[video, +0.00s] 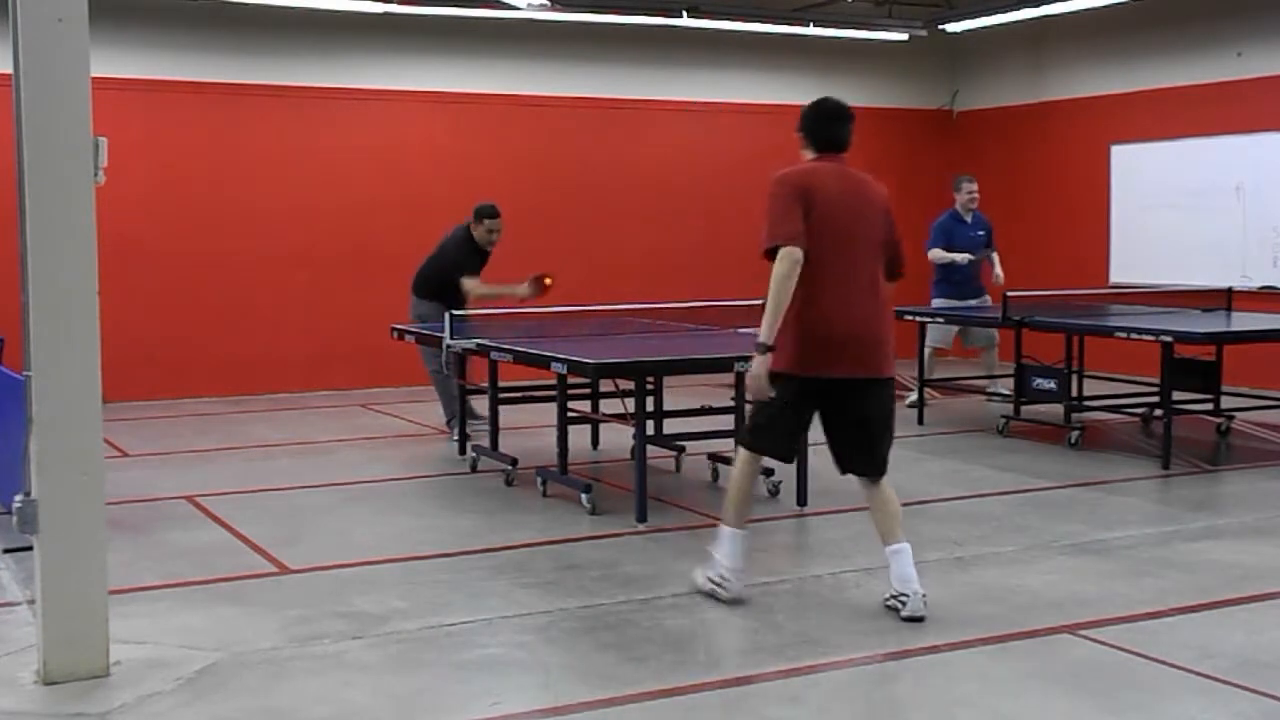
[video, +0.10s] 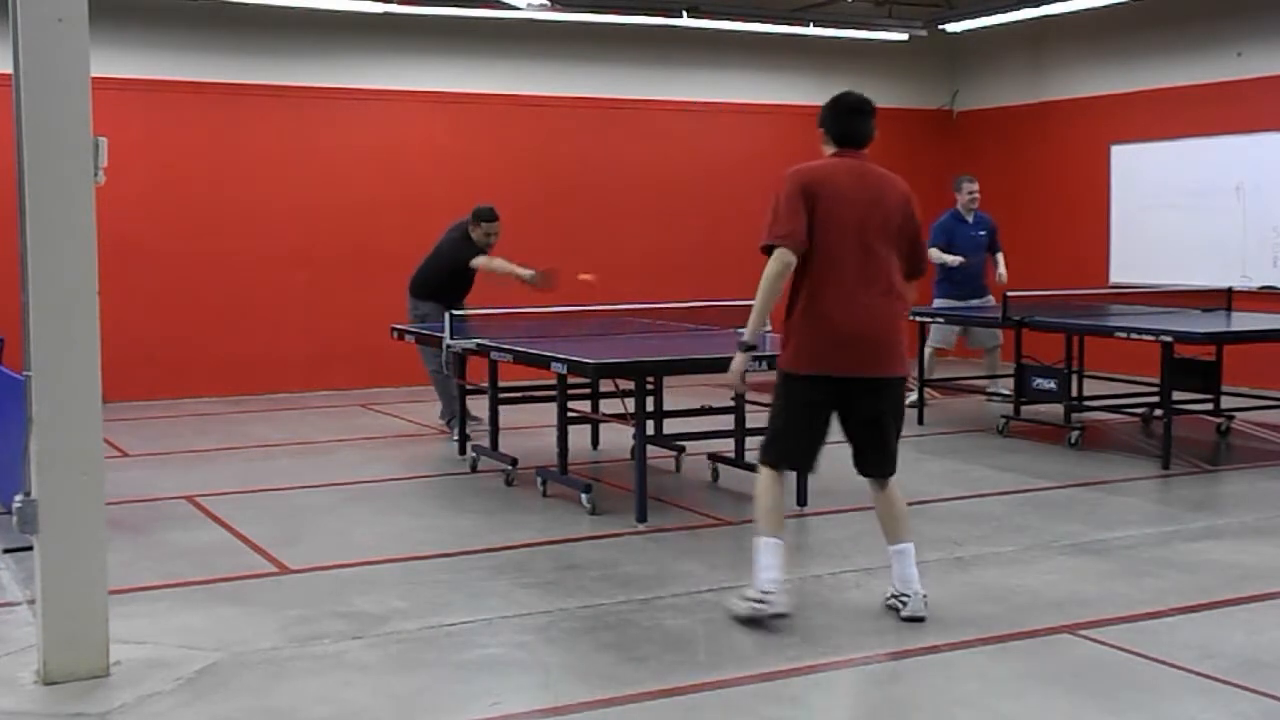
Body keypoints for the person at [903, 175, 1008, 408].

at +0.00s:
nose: (975, 197)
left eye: (976, 193)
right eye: (969, 193)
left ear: (978, 195)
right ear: (956, 196)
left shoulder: (983, 224)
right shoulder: (943, 224)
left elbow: (991, 250)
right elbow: (933, 254)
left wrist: (997, 268)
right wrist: (954, 257)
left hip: (976, 295)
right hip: (946, 297)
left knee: (991, 341)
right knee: (932, 346)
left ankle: (993, 385)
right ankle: (919, 390)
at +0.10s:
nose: (975, 197)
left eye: (977, 193)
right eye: (970, 193)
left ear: (980, 195)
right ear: (957, 196)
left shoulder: (986, 223)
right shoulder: (944, 224)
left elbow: (996, 250)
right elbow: (932, 252)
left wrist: (1001, 267)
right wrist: (948, 259)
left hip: (980, 295)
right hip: (949, 297)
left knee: (994, 342)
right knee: (935, 346)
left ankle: (993, 385)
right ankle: (918, 389)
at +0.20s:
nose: (971, 199)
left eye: (974, 194)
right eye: (966, 195)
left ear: (977, 196)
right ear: (954, 198)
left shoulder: (987, 224)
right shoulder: (943, 225)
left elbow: (1000, 251)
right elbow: (933, 253)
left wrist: (1001, 268)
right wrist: (940, 272)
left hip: (981, 295)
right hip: (949, 296)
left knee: (995, 344)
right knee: (934, 346)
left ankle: (993, 385)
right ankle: (918, 388)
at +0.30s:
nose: (965, 202)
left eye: (968, 198)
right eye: (960, 199)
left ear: (972, 198)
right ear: (949, 202)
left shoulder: (985, 224)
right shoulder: (941, 228)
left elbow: (1005, 251)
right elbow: (931, 256)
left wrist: (998, 269)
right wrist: (938, 280)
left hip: (981, 299)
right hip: (949, 299)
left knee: (995, 343)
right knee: (935, 344)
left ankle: (994, 385)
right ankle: (931, 384)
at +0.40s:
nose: (956, 208)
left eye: (959, 203)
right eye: (951, 205)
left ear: (966, 201)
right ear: (944, 206)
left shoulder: (984, 225)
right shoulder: (941, 231)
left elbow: (1007, 251)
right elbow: (934, 261)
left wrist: (994, 271)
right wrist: (939, 288)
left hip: (982, 300)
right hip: (951, 301)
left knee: (997, 347)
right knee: (940, 347)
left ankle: (1002, 383)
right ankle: (934, 387)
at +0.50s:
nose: (952, 211)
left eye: (955, 206)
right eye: (947, 208)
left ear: (964, 203)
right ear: (942, 209)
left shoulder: (982, 226)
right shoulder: (942, 232)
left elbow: (1009, 251)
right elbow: (935, 261)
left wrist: (993, 271)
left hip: (984, 301)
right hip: (954, 301)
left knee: (999, 346)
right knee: (943, 345)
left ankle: (1010, 385)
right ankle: (936, 388)